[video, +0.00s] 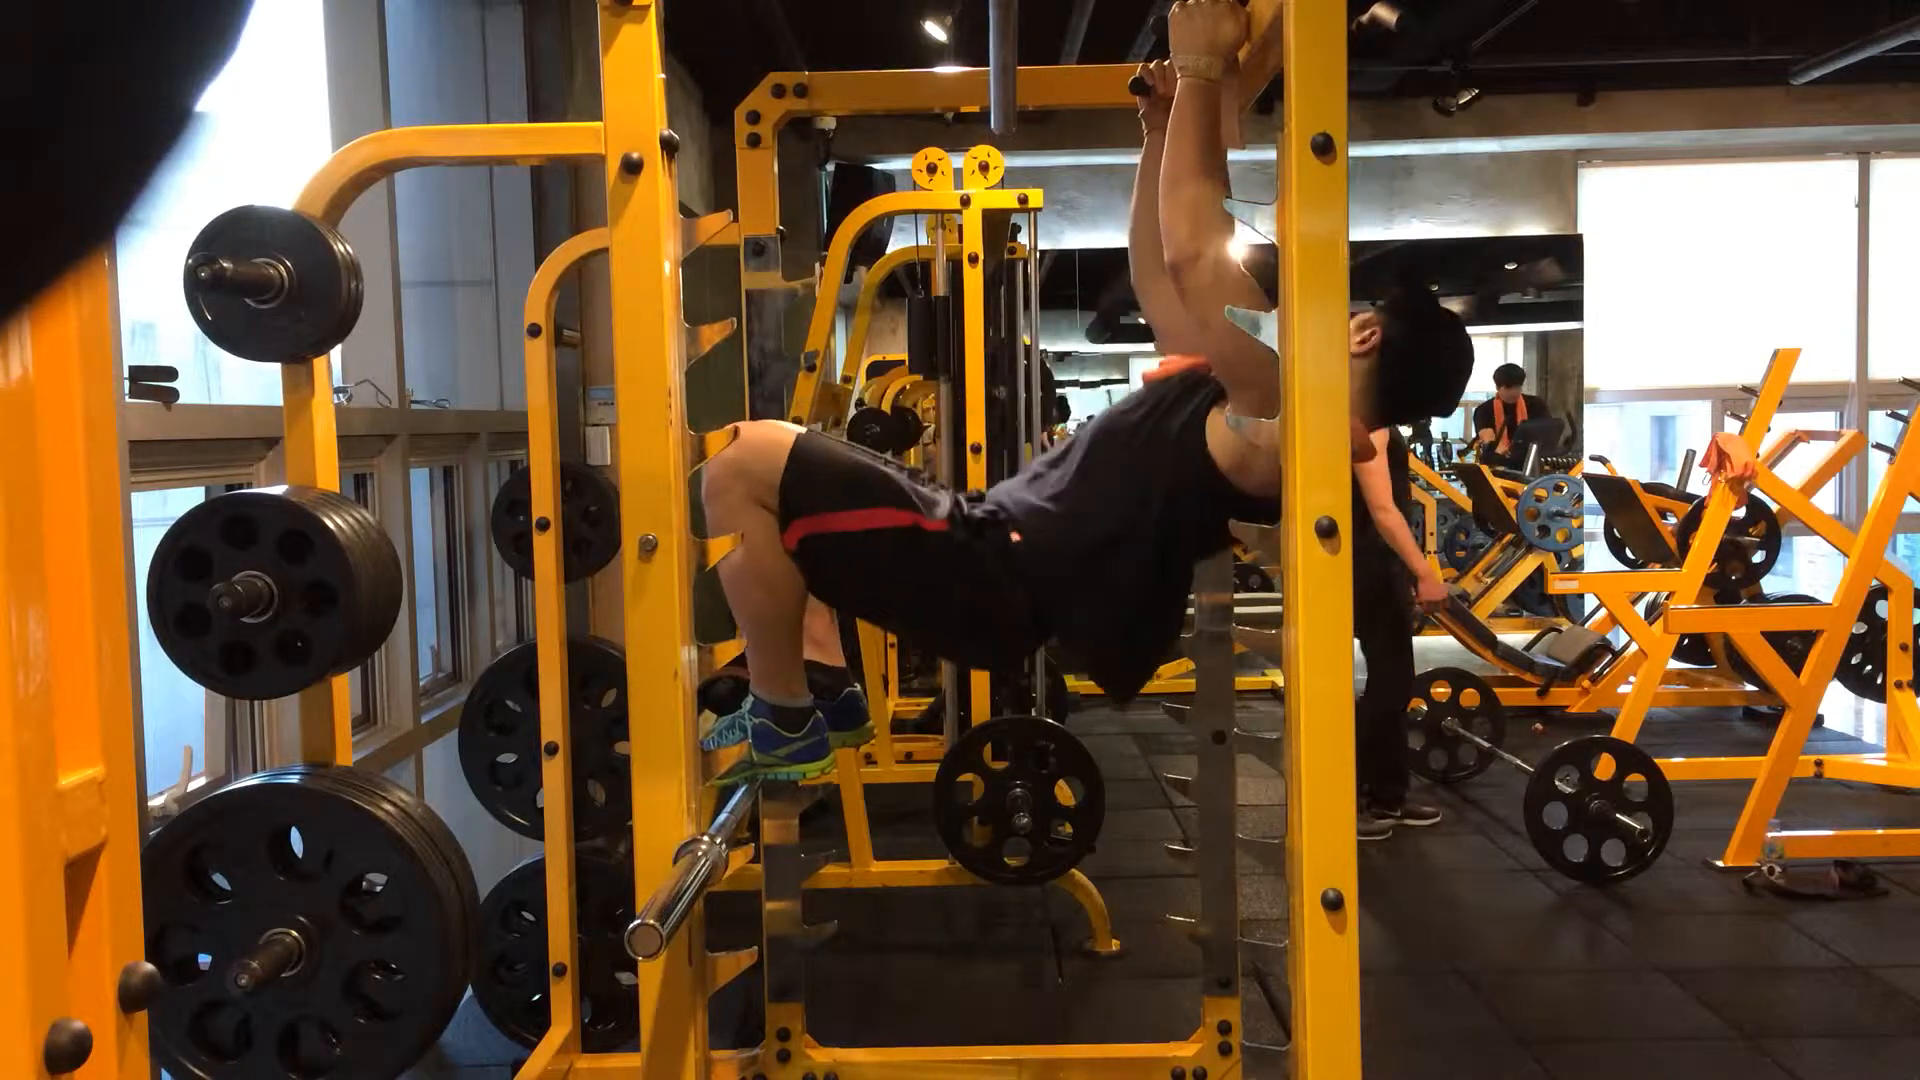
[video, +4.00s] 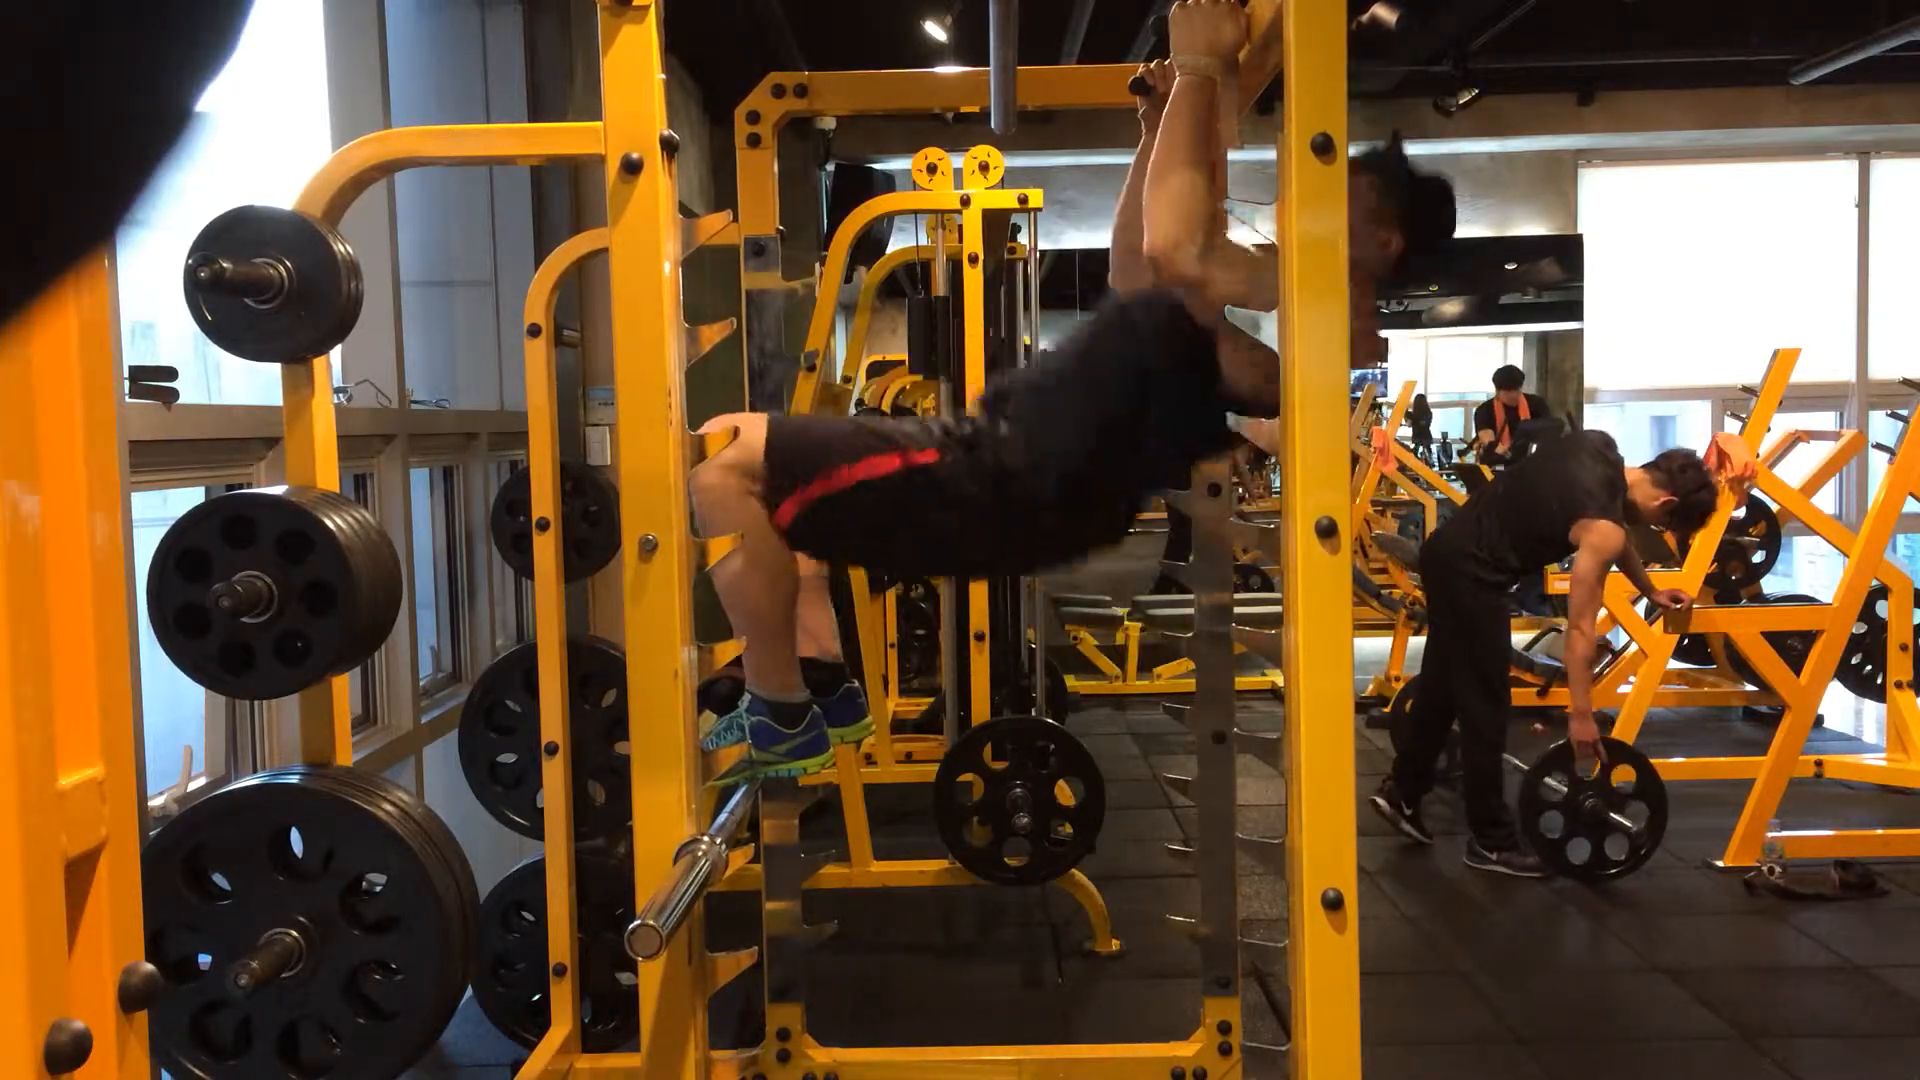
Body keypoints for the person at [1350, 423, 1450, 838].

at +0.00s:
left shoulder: (1374, 424)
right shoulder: (1368, 426)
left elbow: (1382, 509)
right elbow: (1381, 508)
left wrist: (1415, 571)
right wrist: (1424, 572)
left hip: (1381, 565)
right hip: (1370, 565)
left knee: (1393, 679)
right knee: (1388, 680)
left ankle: (1388, 795)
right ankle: (1352, 803)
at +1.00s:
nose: (1478, 400)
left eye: (1483, 391)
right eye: (1477, 388)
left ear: (1454, 376)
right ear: (1452, 374)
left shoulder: (1434, 425)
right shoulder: (1414, 429)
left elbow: (1446, 514)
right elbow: (1416, 524)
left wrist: (1483, 566)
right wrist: (1453, 598)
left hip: (1441, 581)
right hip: (1425, 586)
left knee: (1456, 693)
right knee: (1448, 699)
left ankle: (1421, 799)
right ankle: (1434, 828)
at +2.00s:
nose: (1599, 421)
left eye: (1605, 413)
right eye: (1603, 410)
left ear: (1583, 388)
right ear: (1585, 389)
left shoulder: (1540, 429)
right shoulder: (1523, 435)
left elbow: (1538, 524)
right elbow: (1520, 541)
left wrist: (1589, 557)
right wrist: (1562, 614)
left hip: (1499, 576)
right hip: (1484, 580)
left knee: (1521, 702)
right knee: (1519, 704)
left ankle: (1504, 828)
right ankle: (1492, 837)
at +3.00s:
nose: (1675, 534)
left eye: (1682, 532)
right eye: (1683, 529)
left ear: (1677, 478)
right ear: (1683, 507)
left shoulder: (1620, 447)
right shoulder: (1624, 533)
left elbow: (1623, 540)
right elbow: (1601, 633)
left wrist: (1653, 591)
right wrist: (1606, 719)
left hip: (1465, 544)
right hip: (1492, 572)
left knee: (1441, 672)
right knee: (1498, 708)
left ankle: (1389, 775)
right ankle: (1492, 839)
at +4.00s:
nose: (1655, 528)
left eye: (1662, 526)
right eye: (1663, 523)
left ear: (1647, 466)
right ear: (1663, 501)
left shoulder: (1596, 445)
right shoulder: (1602, 526)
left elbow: (1611, 533)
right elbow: (1580, 630)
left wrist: (1649, 589)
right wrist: (1581, 714)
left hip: (1448, 552)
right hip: (1474, 578)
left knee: (1441, 685)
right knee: (1488, 706)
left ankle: (1402, 792)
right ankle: (1490, 837)